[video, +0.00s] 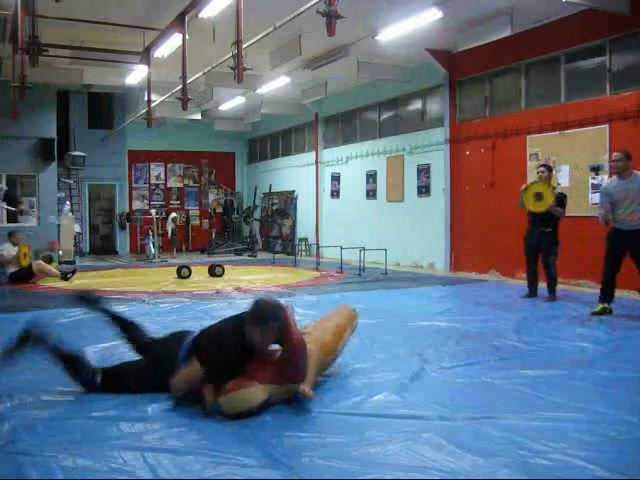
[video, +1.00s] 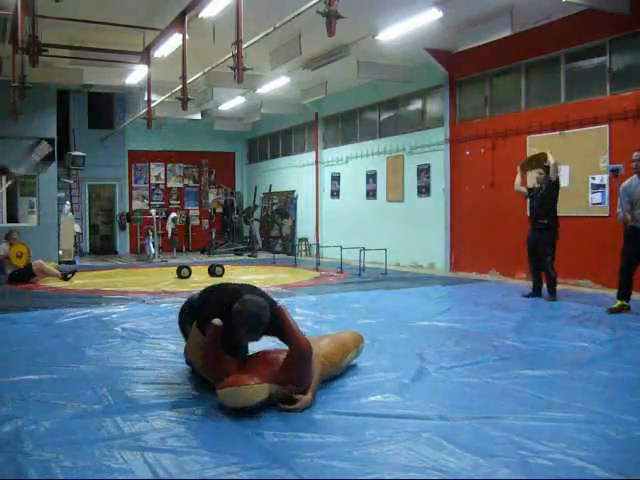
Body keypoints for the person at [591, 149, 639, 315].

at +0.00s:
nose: (614, 164)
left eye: (618, 161)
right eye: (612, 161)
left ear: (629, 163)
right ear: (611, 164)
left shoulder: (637, 180)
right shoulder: (608, 186)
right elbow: (604, 209)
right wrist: (605, 217)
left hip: (636, 229)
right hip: (618, 229)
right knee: (610, 268)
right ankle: (605, 302)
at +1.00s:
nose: (635, 164)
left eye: (637, 161)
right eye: (634, 161)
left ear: (639, 163)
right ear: (631, 164)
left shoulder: (630, 187)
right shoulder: (627, 186)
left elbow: (624, 210)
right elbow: (623, 209)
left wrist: (629, 218)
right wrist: (626, 218)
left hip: (634, 228)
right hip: (633, 227)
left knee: (628, 264)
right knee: (627, 264)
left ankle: (623, 299)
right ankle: (623, 299)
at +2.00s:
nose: (634, 164)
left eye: (636, 160)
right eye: (632, 161)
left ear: (639, 163)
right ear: (630, 164)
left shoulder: (629, 186)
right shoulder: (626, 186)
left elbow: (622, 209)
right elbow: (622, 209)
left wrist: (629, 221)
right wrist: (628, 221)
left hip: (634, 228)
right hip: (632, 228)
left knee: (627, 265)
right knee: (626, 265)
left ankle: (623, 299)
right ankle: (623, 299)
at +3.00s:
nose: (634, 163)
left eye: (636, 160)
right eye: (632, 160)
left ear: (639, 162)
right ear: (630, 163)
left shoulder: (629, 186)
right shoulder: (626, 186)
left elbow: (623, 209)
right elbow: (622, 208)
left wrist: (627, 222)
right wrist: (627, 222)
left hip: (634, 229)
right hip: (633, 228)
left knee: (627, 265)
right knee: (626, 265)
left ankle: (623, 299)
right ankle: (622, 299)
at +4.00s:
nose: (635, 163)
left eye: (637, 160)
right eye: (634, 161)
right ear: (631, 164)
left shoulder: (630, 186)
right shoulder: (628, 186)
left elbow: (625, 208)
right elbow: (625, 207)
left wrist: (629, 217)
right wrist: (630, 218)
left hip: (635, 229)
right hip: (635, 229)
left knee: (634, 265)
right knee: (633, 265)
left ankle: (638, 297)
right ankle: (638, 297)